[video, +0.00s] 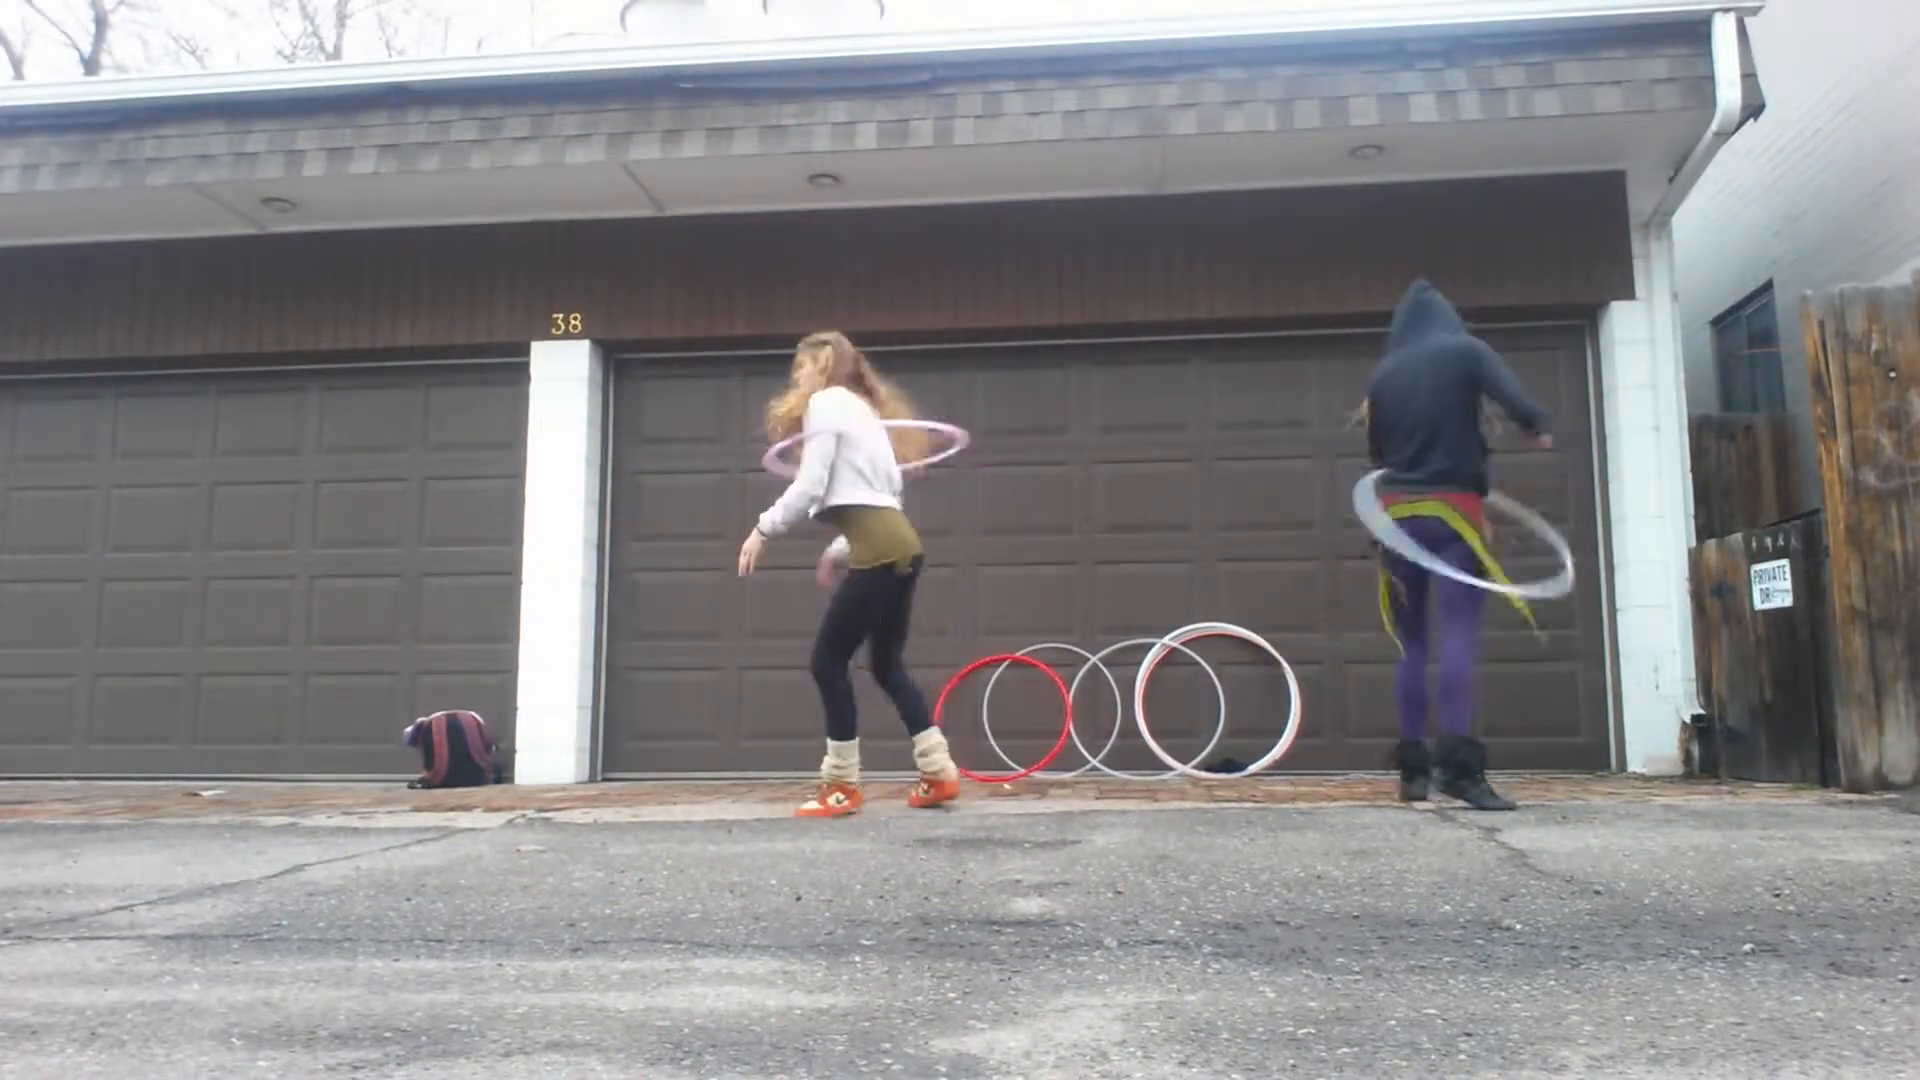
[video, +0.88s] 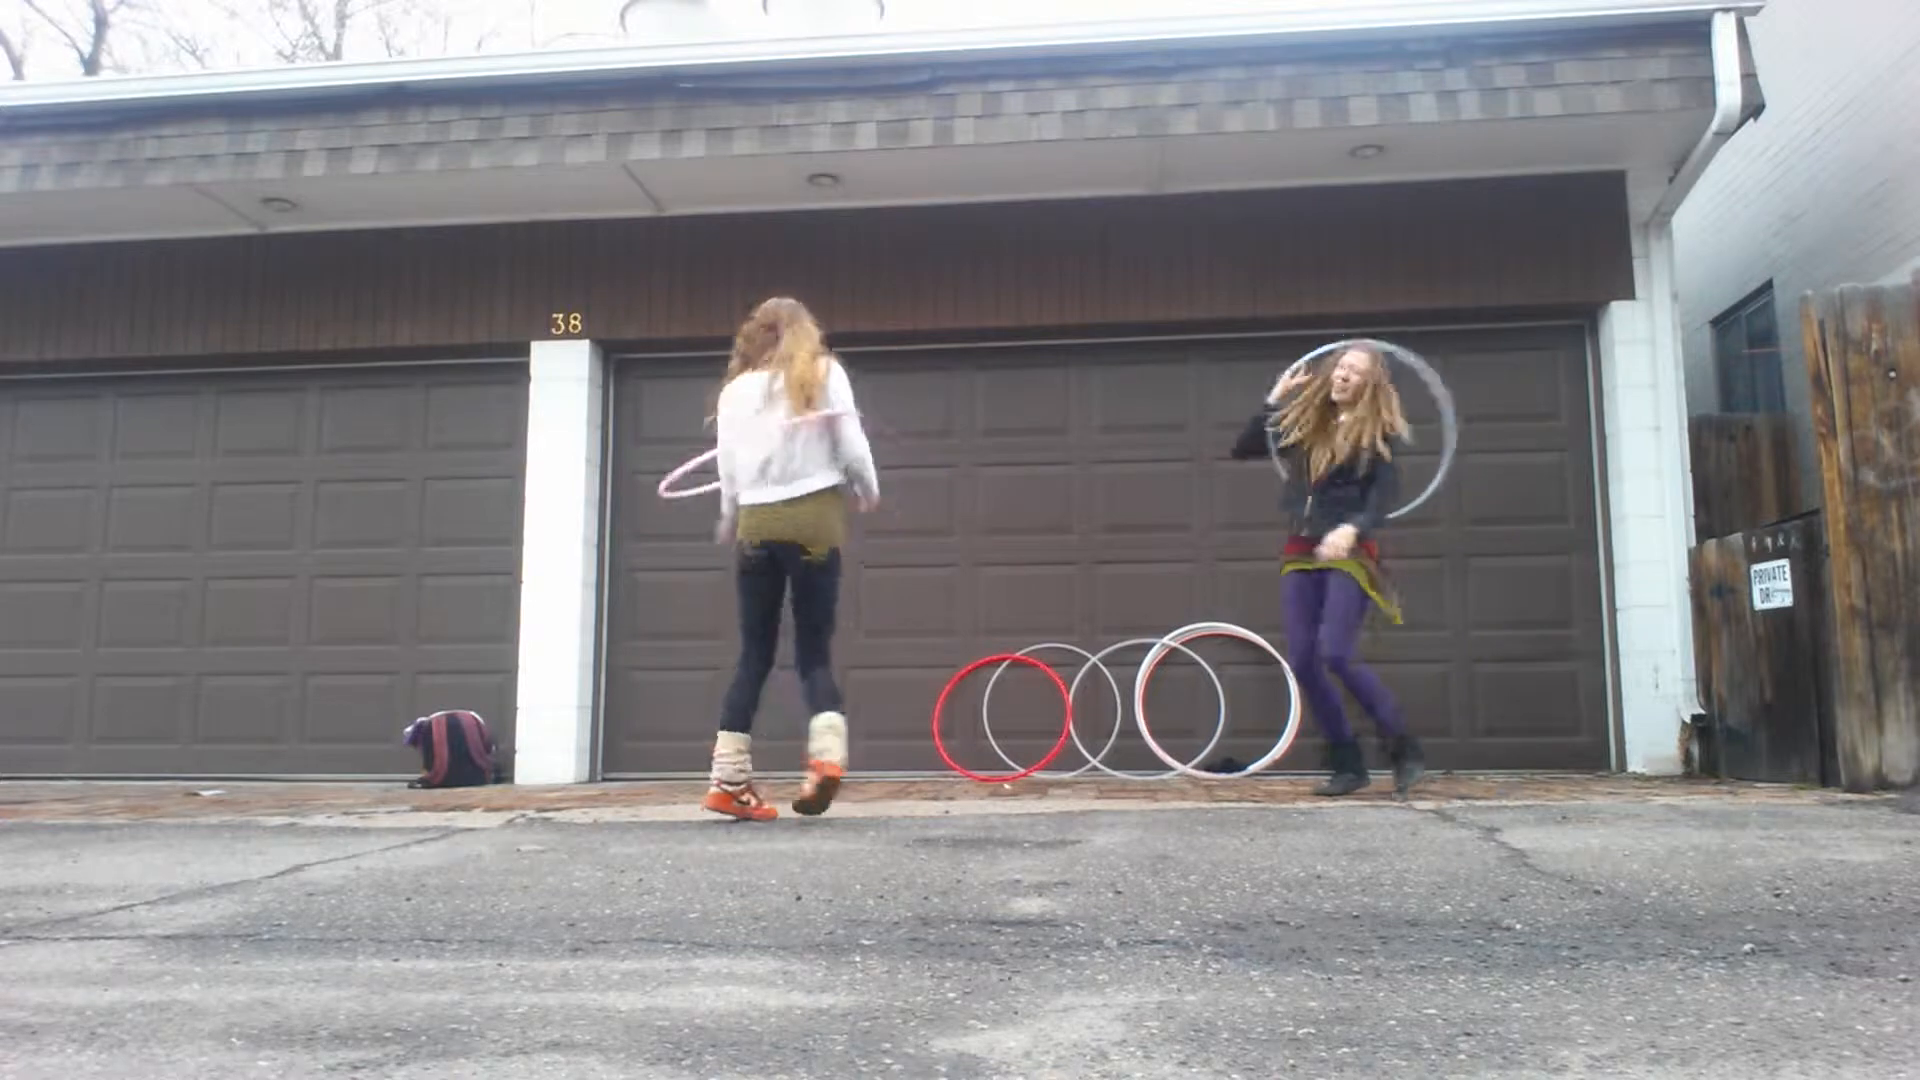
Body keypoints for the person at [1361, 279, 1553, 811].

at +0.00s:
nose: (1457, 325)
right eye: (1454, 318)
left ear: (1403, 324)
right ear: (1447, 318)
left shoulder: (1385, 373)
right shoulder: (1465, 350)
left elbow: (1380, 451)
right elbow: (1516, 402)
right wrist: (1537, 428)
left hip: (1397, 511)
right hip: (1454, 508)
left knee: (1413, 642)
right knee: (1457, 637)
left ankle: (1413, 770)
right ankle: (1458, 765)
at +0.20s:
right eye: (1433, 329)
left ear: (1385, 335)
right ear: (1431, 333)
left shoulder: (1367, 379)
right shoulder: (1451, 376)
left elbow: (1352, 446)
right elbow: (1487, 442)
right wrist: (1533, 505)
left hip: (1369, 526)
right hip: (1423, 526)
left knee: (1393, 643)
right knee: (1453, 638)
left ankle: (1414, 770)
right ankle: (1465, 739)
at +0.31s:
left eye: (1374, 344)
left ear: (1379, 343)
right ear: (1424, 342)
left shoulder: (1359, 384)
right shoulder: (1446, 387)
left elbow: (1331, 446)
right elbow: (1465, 462)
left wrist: (1372, 461)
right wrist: (1472, 519)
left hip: (1365, 530)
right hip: (1418, 532)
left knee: (1392, 650)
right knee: (1425, 641)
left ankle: (1413, 767)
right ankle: (1452, 721)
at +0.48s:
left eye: (1363, 351)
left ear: (1367, 350)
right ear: (1412, 351)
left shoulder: (1351, 392)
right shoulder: (1428, 399)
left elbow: (1311, 457)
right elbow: (1454, 481)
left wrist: (1332, 501)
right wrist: (1410, 474)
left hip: (1360, 530)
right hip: (1406, 534)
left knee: (1378, 647)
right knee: (1369, 646)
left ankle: (1402, 756)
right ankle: (1386, 753)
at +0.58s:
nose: (1348, 367)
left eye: (1352, 358)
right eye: (1350, 358)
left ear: (1364, 357)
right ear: (1403, 358)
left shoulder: (1350, 397)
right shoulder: (1417, 408)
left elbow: (1311, 453)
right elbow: (1389, 466)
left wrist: (1303, 517)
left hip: (1355, 539)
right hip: (1396, 539)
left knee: (1375, 652)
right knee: (1344, 650)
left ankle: (1406, 763)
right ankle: (1359, 763)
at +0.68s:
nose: (1339, 356)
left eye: (1348, 350)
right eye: (1339, 348)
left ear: (1366, 361)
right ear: (1339, 353)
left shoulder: (1369, 409)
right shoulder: (1350, 404)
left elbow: (1342, 471)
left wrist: (1290, 520)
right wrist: (1333, 388)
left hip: (1354, 539)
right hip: (1338, 537)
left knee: (1353, 655)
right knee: (1318, 656)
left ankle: (1418, 756)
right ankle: (1356, 761)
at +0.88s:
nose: (1343, 376)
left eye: (1354, 373)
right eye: (1341, 367)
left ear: (1370, 387)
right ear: (1330, 372)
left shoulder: (1375, 432)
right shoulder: (1306, 423)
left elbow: (1383, 495)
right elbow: (1244, 448)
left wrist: (1352, 529)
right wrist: (1275, 402)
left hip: (1349, 551)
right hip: (1302, 550)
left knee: (1335, 655)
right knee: (1302, 661)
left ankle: (1403, 749)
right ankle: (1347, 765)